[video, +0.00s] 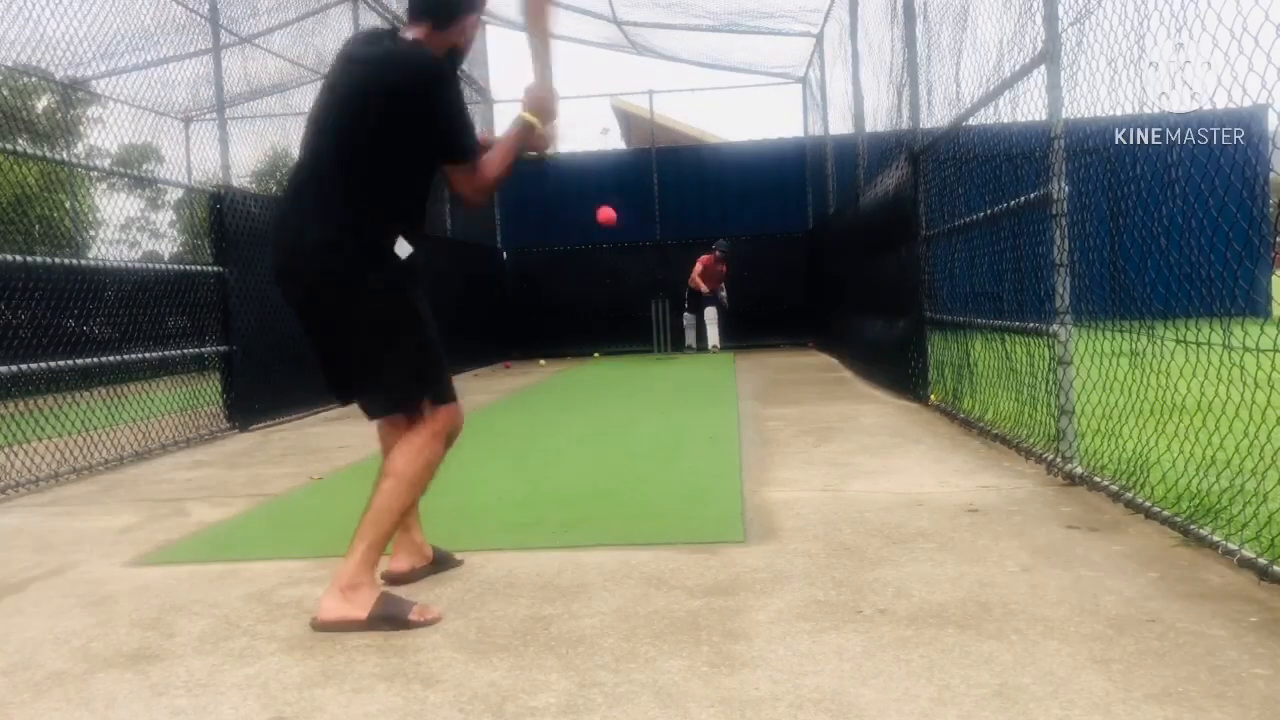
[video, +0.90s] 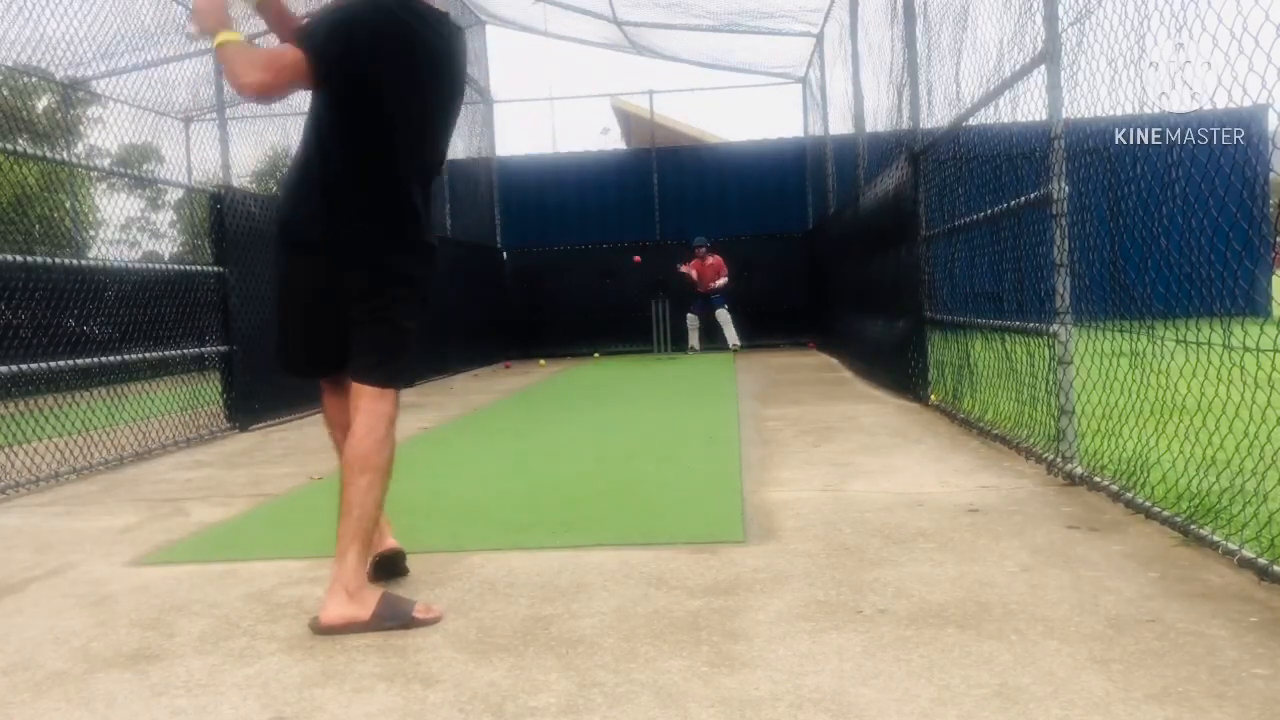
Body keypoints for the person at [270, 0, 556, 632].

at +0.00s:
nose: (476, 35)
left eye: (477, 23)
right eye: (476, 24)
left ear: (414, 14)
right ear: (460, 23)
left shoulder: (364, 48)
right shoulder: (430, 73)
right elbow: (473, 184)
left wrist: (504, 142)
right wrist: (525, 130)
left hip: (304, 249)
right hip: (356, 256)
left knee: (393, 408)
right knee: (439, 418)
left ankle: (410, 549)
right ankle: (350, 592)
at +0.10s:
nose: (467, 8)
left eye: (465, 5)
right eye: (466, 6)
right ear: (453, 3)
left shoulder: (339, 17)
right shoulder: (457, 48)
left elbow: (265, 13)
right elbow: (448, 128)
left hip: (327, 228)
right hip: (399, 235)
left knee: (387, 389)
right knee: (407, 403)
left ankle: (412, 539)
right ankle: (350, 588)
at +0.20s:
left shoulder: (373, 8)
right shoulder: (474, 28)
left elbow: (249, 17)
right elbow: (374, 76)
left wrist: (260, 44)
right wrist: (270, 61)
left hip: (331, 203)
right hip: (410, 217)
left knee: (383, 378)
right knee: (381, 391)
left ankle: (405, 528)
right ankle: (348, 589)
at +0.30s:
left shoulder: (404, 11)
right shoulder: (450, 20)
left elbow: (322, 24)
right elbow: (326, 27)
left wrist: (264, 1)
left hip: (323, 231)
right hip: (401, 235)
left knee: (340, 383)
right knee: (380, 400)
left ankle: (381, 535)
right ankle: (348, 591)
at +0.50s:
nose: (319, 6)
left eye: (327, 1)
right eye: (323, 4)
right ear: (358, 0)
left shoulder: (420, 30)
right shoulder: (368, 36)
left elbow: (432, 50)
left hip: (364, 241)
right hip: (312, 240)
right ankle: (348, 588)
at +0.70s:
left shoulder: (410, 20)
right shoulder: (427, 27)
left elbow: (356, 38)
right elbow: (352, 37)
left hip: (312, 229)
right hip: (368, 232)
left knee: (313, 384)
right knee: (362, 399)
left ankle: (369, 533)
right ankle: (346, 592)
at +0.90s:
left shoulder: (362, 22)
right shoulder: (445, 37)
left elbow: (258, 77)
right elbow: (326, 56)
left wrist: (220, 30)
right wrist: (273, 8)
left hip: (321, 236)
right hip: (398, 238)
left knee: (338, 390)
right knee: (375, 402)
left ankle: (377, 535)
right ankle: (348, 590)